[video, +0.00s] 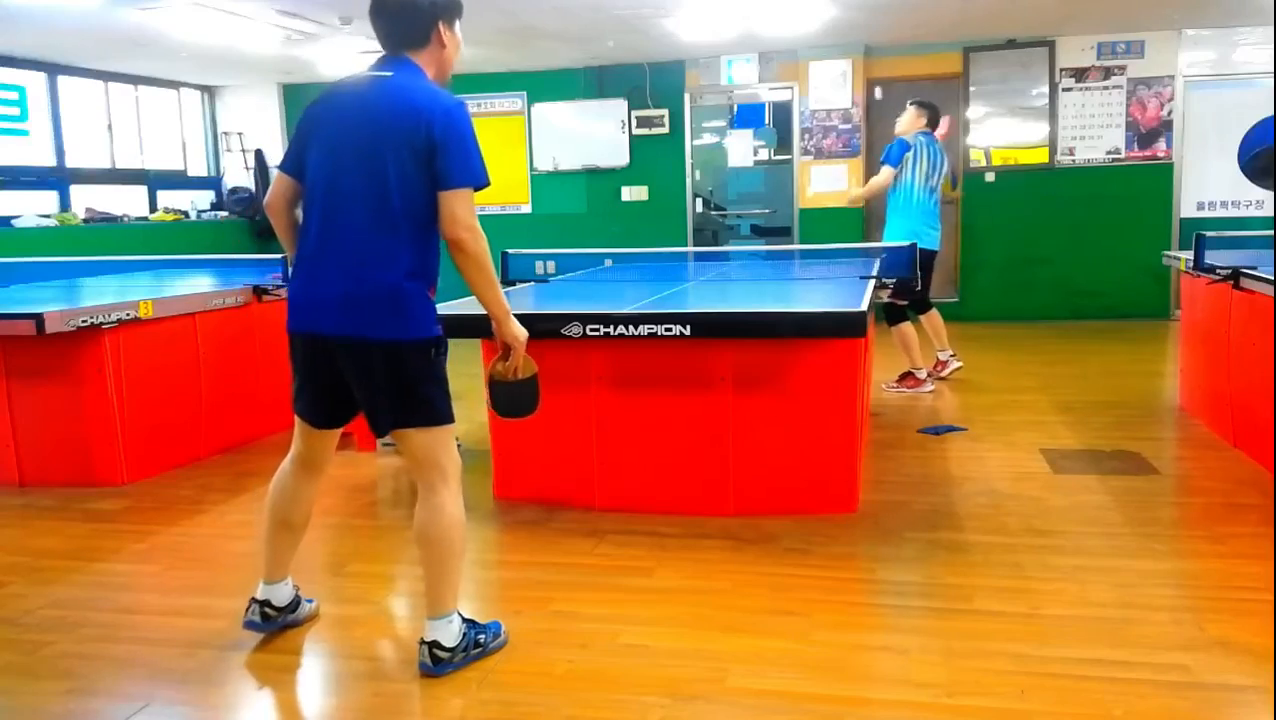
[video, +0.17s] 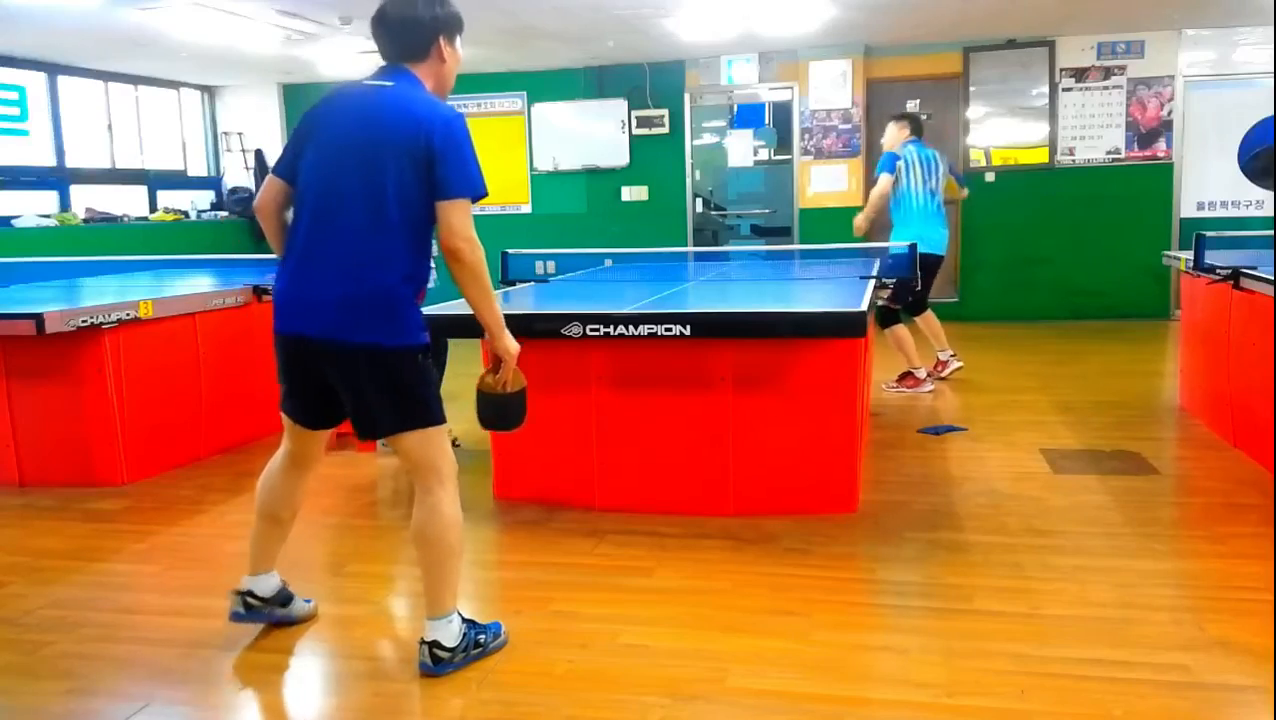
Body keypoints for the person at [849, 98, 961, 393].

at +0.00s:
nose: (897, 119)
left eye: (904, 114)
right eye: (900, 114)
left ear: (921, 120)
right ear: (927, 123)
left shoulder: (902, 144)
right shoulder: (941, 153)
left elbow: (883, 180)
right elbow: (944, 191)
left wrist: (860, 194)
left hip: (904, 238)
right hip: (928, 239)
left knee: (894, 307)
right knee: (919, 300)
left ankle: (918, 375)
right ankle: (946, 356)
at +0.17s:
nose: (884, 137)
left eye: (888, 130)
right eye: (885, 130)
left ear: (904, 131)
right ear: (914, 133)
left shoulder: (894, 155)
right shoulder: (937, 157)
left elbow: (883, 188)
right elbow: (960, 191)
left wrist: (866, 215)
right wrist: (932, 193)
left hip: (909, 245)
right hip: (936, 245)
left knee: (886, 312)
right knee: (917, 303)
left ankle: (917, 375)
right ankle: (946, 357)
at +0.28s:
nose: (874, 159)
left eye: (875, 151)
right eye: (873, 152)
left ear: (892, 144)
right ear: (902, 145)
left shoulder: (891, 166)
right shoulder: (930, 162)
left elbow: (887, 198)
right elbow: (955, 192)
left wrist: (880, 230)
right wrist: (928, 208)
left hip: (914, 253)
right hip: (939, 252)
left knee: (881, 313)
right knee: (912, 305)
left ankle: (916, 374)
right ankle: (946, 356)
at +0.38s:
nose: (861, 181)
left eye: (862, 173)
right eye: (857, 177)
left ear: (880, 163)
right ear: (882, 165)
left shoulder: (896, 181)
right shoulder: (905, 177)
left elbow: (919, 210)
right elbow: (906, 213)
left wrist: (905, 245)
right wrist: (877, 218)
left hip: (929, 261)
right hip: (938, 260)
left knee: (883, 318)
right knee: (907, 314)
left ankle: (917, 375)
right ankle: (947, 358)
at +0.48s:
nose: (860, 171)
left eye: (862, 163)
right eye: (856, 166)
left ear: (881, 155)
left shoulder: (907, 175)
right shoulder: (883, 190)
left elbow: (941, 204)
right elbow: (875, 224)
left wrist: (916, 239)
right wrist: (852, 215)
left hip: (930, 259)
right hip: (912, 258)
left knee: (887, 313)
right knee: (900, 314)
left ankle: (917, 374)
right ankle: (944, 355)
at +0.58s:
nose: (865, 157)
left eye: (869, 150)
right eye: (861, 152)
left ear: (888, 145)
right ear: (861, 153)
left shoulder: (915, 169)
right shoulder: (871, 175)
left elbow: (949, 202)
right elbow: (853, 207)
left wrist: (923, 234)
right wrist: (835, 198)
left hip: (919, 253)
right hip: (891, 252)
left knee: (890, 309)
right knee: (878, 311)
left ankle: (918, 373)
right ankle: (929, 345)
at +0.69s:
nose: (864, 149)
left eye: (870, 141)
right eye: (861, 143)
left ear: (888, 138)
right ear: (859, 143)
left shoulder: (912, 164)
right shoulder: (863, 168)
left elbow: (941, 198)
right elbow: (843, 202)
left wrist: (917, 231)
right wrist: (828, 191)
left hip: (911, 248)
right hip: (882, 249)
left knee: (894, 308)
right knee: (876, 303)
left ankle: (919, 373)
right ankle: (894, 346)